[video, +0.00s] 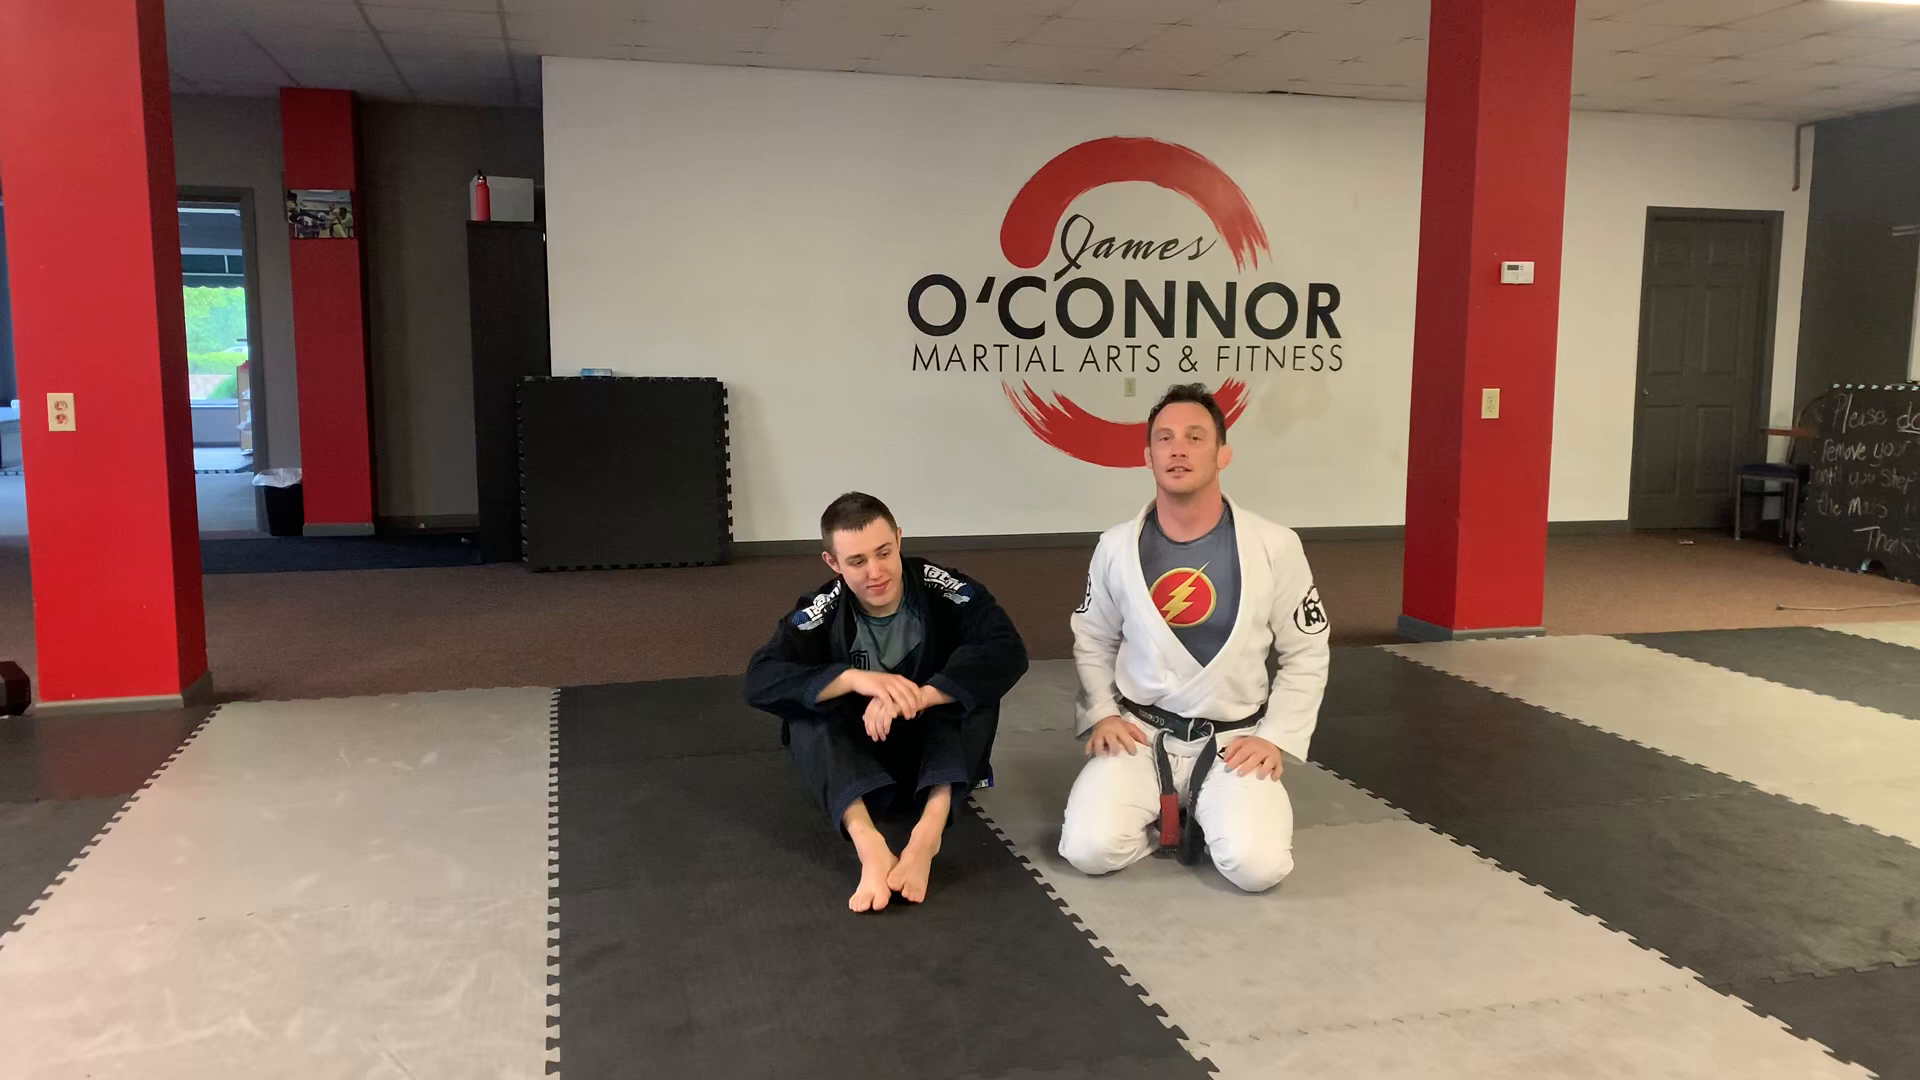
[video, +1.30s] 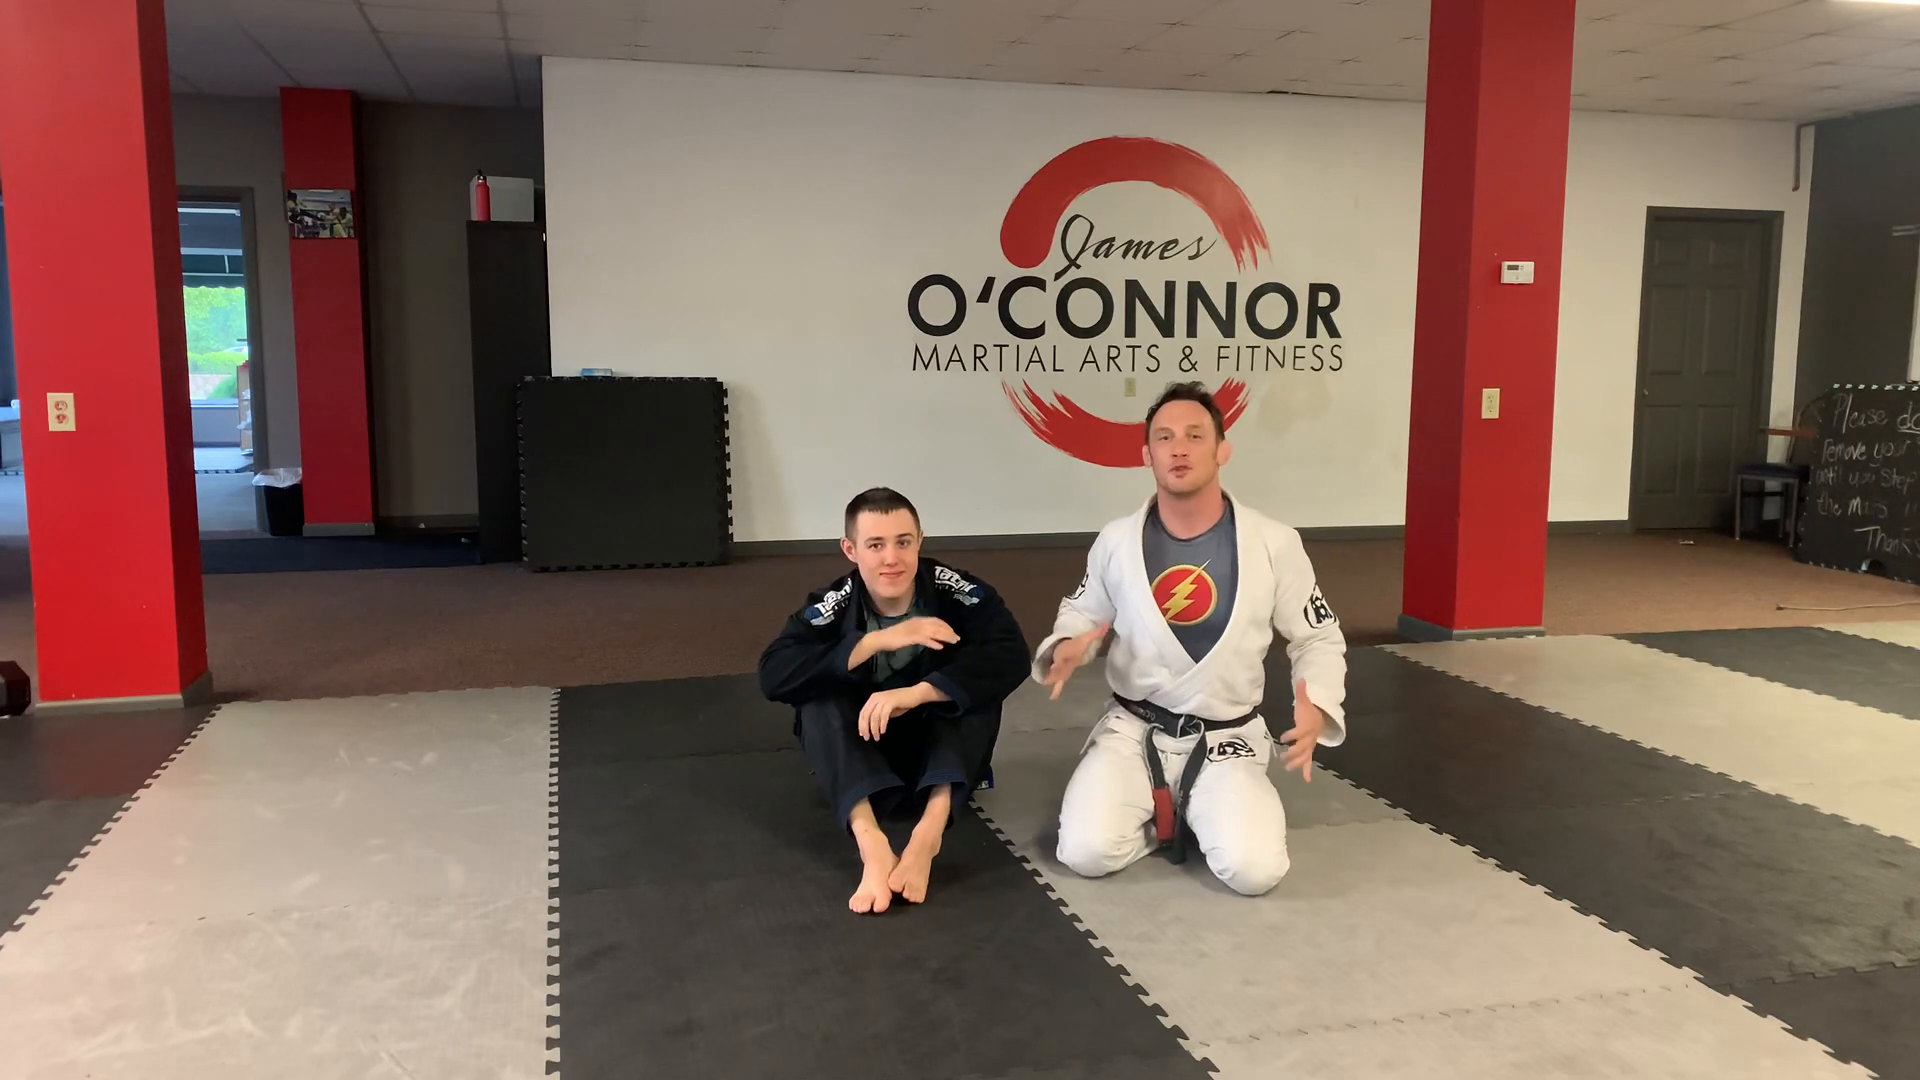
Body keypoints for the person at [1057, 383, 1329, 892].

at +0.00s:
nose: (1178, 449)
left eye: (1194, 436)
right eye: (1165, 438)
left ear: (1223, 456)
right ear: (1147, 458)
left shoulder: (1274, 547)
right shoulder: (1116, 548)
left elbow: (1307, 650)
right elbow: (1093, 634)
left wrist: (1274, 736)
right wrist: (1100, 711)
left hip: (1237, 737)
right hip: (1139, 729)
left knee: (1259, 868)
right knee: (1088, 850)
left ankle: (1212, 810)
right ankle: (1170, 817)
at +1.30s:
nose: (1179, 448)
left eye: (1194, 435)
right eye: (1165, 437)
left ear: (1222, 452)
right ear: (1147, 456)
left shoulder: (1273, 544)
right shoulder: (1116, 543)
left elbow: (1317, 636)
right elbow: (1084, 609)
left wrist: (1313, 705)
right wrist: (1073, 641)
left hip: (1228, 739)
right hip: (1132, 729)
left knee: (1256, 871)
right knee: (1086, 853)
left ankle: (1208, 798)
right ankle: (1163, 809)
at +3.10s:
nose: (1121, 464)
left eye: (1138, 448)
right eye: (1109, 451)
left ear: (1171, 459)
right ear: (1097, 463)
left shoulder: (1233, 546)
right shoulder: (1085, 554)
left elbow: (1276, 659)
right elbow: (1047, 615)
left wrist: (1229, 750)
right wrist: (977, 569)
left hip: (1205, 739)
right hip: (1111, 732)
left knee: (1245, 872)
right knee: (1044, 840)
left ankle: (1184, 803)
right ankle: (1152, 811)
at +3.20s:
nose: (1119, 464)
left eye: (1136, 449)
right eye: (1107, 451)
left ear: (1170, 459)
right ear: (1096, 464)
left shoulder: (1232, 546)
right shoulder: (1084, 554)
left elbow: (1275, 659)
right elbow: (1048, 617)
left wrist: (1227, 750)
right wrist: (977, 569)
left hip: (1204, 739)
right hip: (1110, 733)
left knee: (1244, 872)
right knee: (1043, 840)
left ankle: (1183, 803)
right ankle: (1152, 811)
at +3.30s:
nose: (1119, 465)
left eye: (1136, 449)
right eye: (1107, 452)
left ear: (1169, 460)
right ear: (1095, 465)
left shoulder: (1232, 546)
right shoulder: (1083, 555)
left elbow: (1274, 659)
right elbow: (1047, 617)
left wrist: (1227, 750)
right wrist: (977, 570)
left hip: (1204, 739)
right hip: (1110, 733)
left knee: (1244, 871)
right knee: (1043, 839)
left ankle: (1184, 803)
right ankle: (1153, 810)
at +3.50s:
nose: (1120, 465)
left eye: (1137, 450)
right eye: (1107, 452)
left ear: (1170, 460)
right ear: (1095, 465)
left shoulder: (1232, 547)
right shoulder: (1083, 555)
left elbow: (1274, 659)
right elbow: (1047, 617)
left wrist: (1226, 750)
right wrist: (978, 569)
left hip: (1204, 739)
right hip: (1110, 732)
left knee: (1244, 872)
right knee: (1043, 839)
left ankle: (1184, 804)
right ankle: (1152, 811)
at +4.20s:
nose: (1132, 465)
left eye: (1148, 450)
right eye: (1119, 452)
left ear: (1181, 458)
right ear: (1106, 464)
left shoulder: (1242, 548)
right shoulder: (1092, 552)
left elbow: (1280, 662)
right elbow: (1051, 616)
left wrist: (1232, 749)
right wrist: (980, 568)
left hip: (1208, 738)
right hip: (1115, 731)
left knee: (1245, 871)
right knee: (1045, 841)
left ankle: (1186, 803)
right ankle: (1155, 809)